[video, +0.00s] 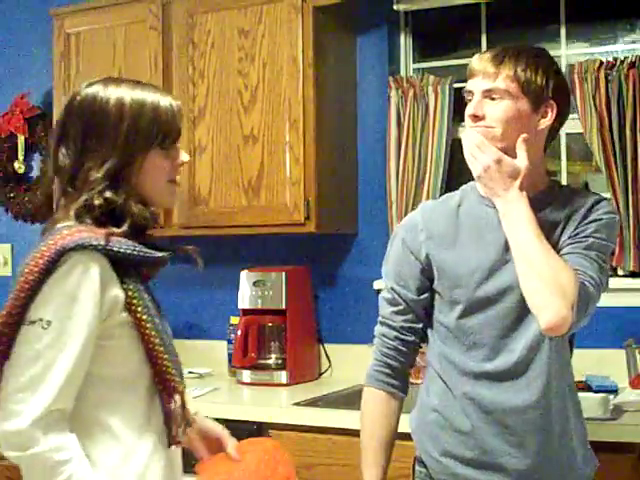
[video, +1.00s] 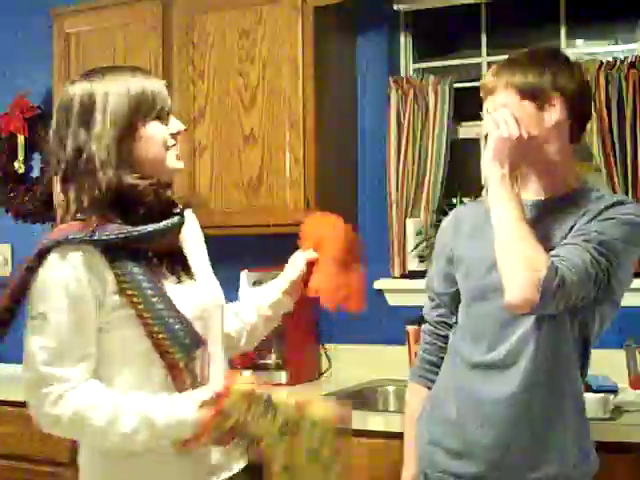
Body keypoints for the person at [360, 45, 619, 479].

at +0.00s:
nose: (472, 110)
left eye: (493, 96)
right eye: (470, 97)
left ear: (545, 114)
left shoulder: (587, 213)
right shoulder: (423, 228)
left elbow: (557, 314)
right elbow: (388, 367)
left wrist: (508, 196)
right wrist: (373, 474)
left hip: (550, 462)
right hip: (446, 462)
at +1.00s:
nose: (489, 123)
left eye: (502, 108)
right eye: (487, 111)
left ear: (553, 111)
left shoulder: (614, 218)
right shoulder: (459, 224)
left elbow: (529, 292)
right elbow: (432, 349)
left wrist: (498, 177)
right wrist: (411, 465)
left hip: (544, 463)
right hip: (445, 459)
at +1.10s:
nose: (542, 127)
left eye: (560, 114)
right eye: (532, 112)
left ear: (597, 125)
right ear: (516, 123)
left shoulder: (619, 222)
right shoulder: (458, 221)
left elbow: (533, 279)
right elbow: (434, 332)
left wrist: (483, 162)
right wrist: (411, 435)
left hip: (552, 462)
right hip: (450, 457)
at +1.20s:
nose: (604, 142)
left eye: (621, 130)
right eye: (593, 120)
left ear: (631, 140)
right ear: (555, 112)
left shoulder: (623, 225)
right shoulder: (463, 212)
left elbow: (540, 272)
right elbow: (428, 341)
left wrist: (445, 191)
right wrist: (411, 460)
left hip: (558, 463)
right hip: (452, 459)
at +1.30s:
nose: (630, 151)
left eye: (639, 136)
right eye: (622, 126)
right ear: (578, 113)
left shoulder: (626, 229)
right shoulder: (467, 209)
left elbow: (557, 288)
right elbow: (419, 346)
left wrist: (456, 230)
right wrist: (398, 468)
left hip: (562, 466)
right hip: (455, 461)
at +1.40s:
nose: (633, 147)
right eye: (625, 124)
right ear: (583, 115)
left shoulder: (626, 236)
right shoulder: (473, 210)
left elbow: (593, 319)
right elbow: (417, 341)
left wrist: (484, 245)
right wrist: (386, 465)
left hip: (564, 466)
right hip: (459, 462)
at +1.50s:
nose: (619, 141)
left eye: (637, 132)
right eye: (611, 118)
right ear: (580, 116)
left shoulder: (629, 244)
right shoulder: (477, 211)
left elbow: (629, 357)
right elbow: (416, 337)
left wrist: (526, 272)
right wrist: (381, 456)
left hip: (566, 469)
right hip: (459, 463)